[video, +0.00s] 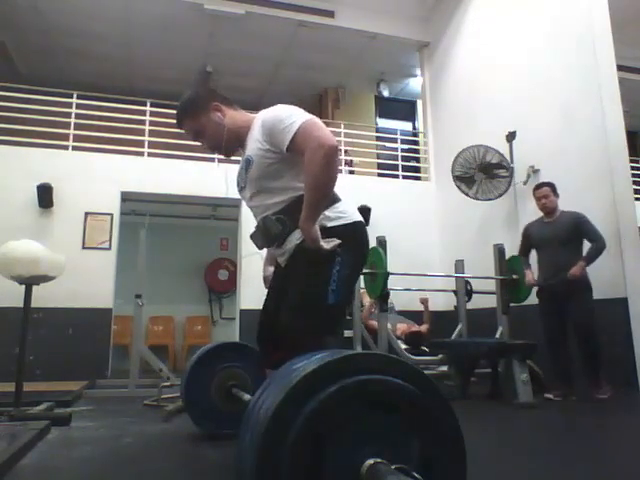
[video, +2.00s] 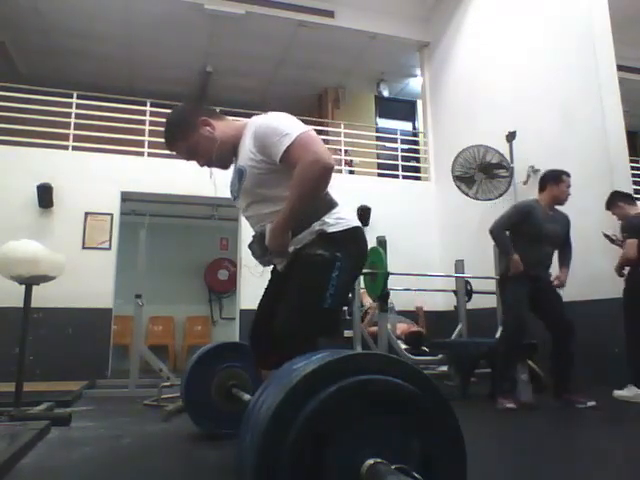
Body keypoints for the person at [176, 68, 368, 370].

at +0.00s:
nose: (203, 146)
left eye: (200, 134)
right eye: (196, 140)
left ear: (219, 112)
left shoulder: (271, 119)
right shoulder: (247, 168)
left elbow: (324, 147)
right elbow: (277, 213)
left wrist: (308, 222)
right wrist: (271, 256)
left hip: (329, 236)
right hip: (296, 251)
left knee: (303, 338)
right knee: (271, 338)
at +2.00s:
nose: (199, 163)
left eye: (194, 153)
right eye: (191, 159)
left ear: (207, 127)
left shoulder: (265, 126)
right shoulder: (240, 174)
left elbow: (318, 162)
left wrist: (281, 227)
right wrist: (266, 238)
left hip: (330, 244)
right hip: (297, 257)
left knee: (298, 340)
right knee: (264, 342)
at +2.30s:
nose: (199, 163)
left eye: (194, 154)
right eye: (191, 159)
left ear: (207, 128)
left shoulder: (267, 127)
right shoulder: (240, 176)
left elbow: (317, 165)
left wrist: (279, 230)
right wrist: (264, 242)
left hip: (329, 246)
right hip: (296, 259)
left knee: (291, 341)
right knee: (259, 341)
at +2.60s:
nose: (198, 162)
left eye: (193, 152)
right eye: (190, 158)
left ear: (208, 127)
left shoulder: (266, 130)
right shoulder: (239, 177)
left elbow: (307, 170)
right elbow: (270, 225)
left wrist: (273, 242)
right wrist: (249, 260)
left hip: (328, 246)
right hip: (295, 262)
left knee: (288, 339)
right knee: (256, 337)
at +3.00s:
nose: (204, 157)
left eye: (201, 148)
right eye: (197, 154)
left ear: (215, 125)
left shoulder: (278, 134)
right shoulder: (241, 177)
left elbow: (227, 158)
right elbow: (204, 207)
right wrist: (150, 233)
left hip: (331, 250)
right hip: (294, 264)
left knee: (294, 342)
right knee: (257, 338)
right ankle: (283, 426)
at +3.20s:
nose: (204, 160)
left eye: (203, 146)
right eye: (198, 153)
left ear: (218, 124)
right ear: (211, 128)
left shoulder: (278, 136)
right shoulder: (238, 176)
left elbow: (198, 137)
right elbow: (185, 187)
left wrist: (109, 132)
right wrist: (124, 190)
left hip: (333, 254)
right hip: (296, 268)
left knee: (287, 349)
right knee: (256, 346)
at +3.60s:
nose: (203, 166)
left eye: (203, 153)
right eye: (199, 159)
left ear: (220, 136)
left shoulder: (276, 142)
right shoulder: (237, 180)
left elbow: (196, 140)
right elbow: (178, 179)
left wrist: (109, 134)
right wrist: (115, 172)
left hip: (338, 256)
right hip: (302, 270)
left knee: (291, 344)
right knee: (257, 337)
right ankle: (276, 425)